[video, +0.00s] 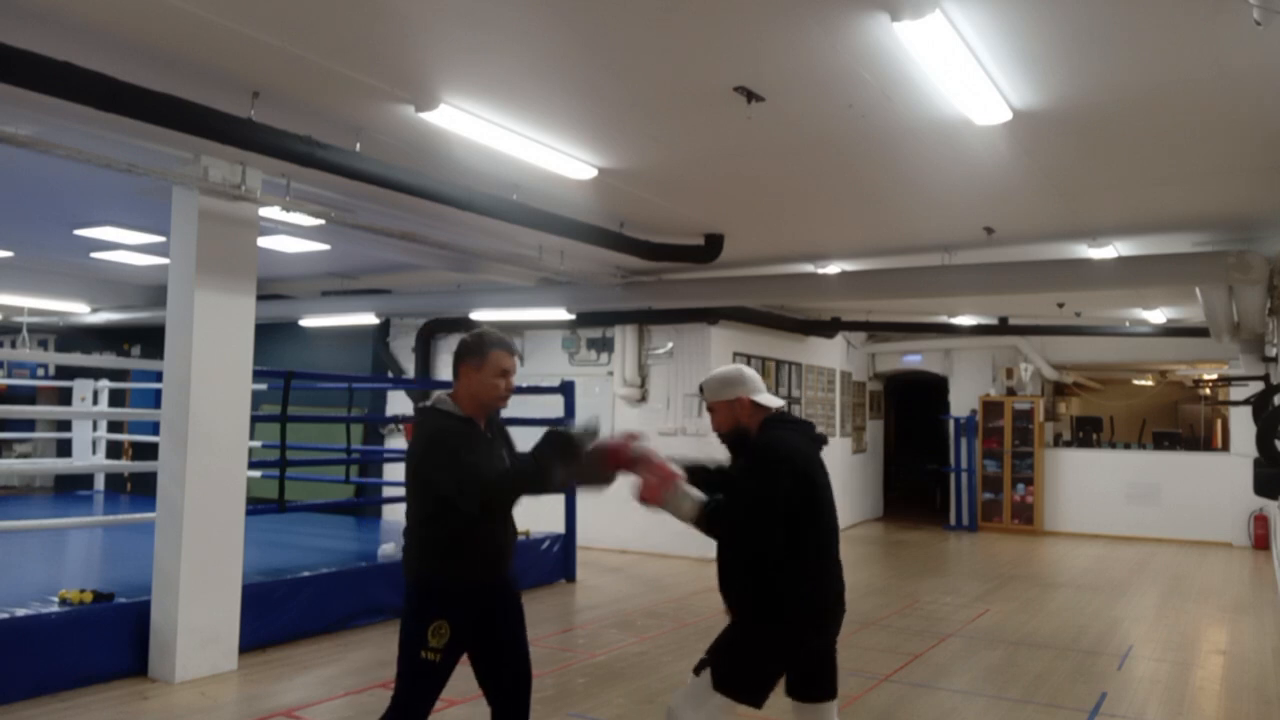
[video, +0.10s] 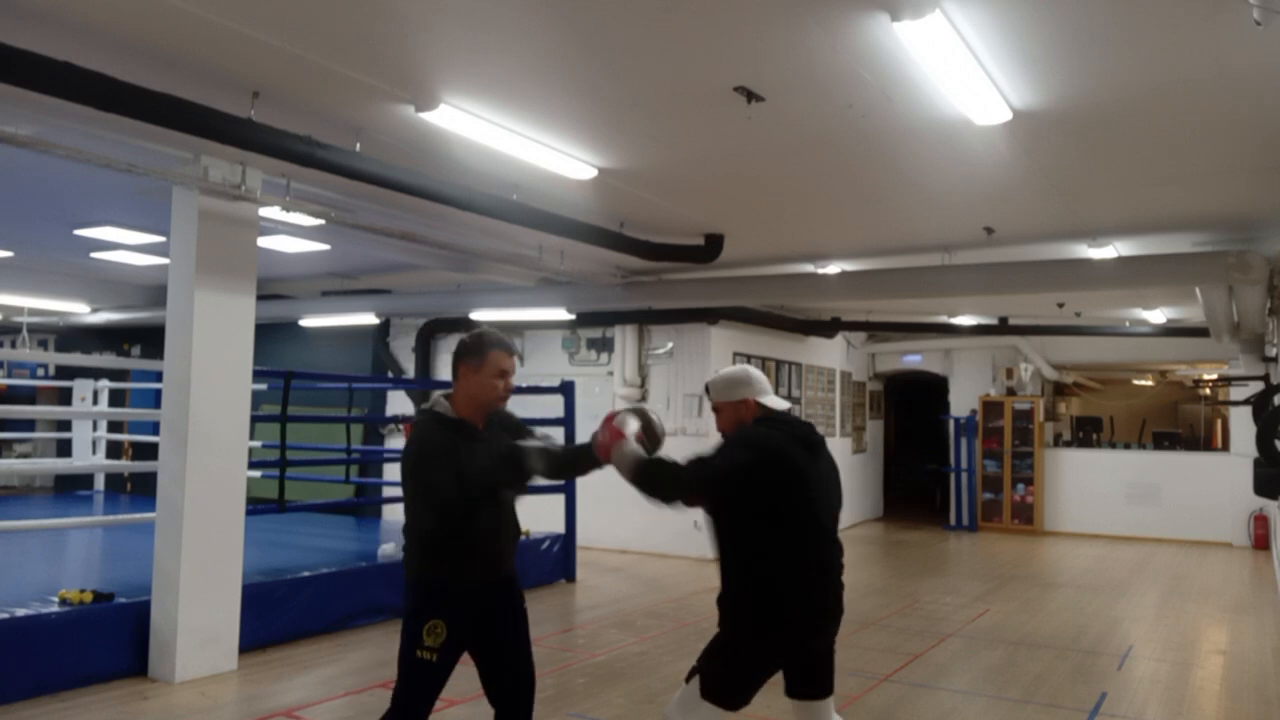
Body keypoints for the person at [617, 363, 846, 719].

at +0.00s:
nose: (712, 425)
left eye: (714, 412)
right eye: (710, 414)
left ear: (742, 405)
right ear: (744, 405)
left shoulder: (771, 452)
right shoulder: (786, 442)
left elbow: (738, 525)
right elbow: (729, 481)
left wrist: (675, 499)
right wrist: (664, 470)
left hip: (774, 615)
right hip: (814, 609)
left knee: (692, 709)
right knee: (816, 711)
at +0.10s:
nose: (716, 423)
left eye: (719, 412)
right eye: (715, 413)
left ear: (747, 407)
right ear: (754, 405)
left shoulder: (746, 451)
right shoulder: (808, 443)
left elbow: (681, 485)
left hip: (761, 615)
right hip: (818, 608)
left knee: (689, 708)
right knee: (817, 709)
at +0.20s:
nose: (712, 414)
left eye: (713, 402)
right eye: (709, 404)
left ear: (741, 397)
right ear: (747, 395)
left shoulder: (746, 440)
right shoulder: (803, 431)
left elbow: (677, 485)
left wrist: (635, 449)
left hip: (765, 607)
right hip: (812, 600)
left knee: (696, 707)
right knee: (815, 709)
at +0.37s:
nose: (709, 411)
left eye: (710, 399)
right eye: (707, 401)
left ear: (737, 394)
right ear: (741, 392)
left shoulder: (781, 439)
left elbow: (749, 522)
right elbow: (703, 444)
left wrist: (698, 478)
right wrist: (629, 442)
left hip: (780, 606)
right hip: (809, 598)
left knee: (711, 707)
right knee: (817, 708)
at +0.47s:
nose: (718, 410)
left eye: (720, 397)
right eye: (716, 398)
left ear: (747, 390)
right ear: (750, 390)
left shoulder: (782, 438)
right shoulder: (792, 430)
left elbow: (742, 516)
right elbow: (747, 505)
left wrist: (700, 462)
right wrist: (686, 470)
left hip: (787, 609)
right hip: (819, 603)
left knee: (717, 709)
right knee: (840, 707)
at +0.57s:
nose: (742, 413)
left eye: (742, 401)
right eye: (739, 404)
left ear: (763, 393)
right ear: (777, 389)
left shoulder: (771, 439)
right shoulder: (833, 428)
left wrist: (700, 410)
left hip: (792, 607)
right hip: (844, 599)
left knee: (734, 705)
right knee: (862, 701)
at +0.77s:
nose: (786, 411)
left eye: (787, 401)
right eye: (784, 402)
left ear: (808, 395)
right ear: (826, 392)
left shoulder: (813, 440)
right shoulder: (875, 431)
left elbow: (748, 489)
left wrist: (738, 428)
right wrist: (782, 450)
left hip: (825, 601)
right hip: (881, 594)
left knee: (775, 705)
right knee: (885, 702)